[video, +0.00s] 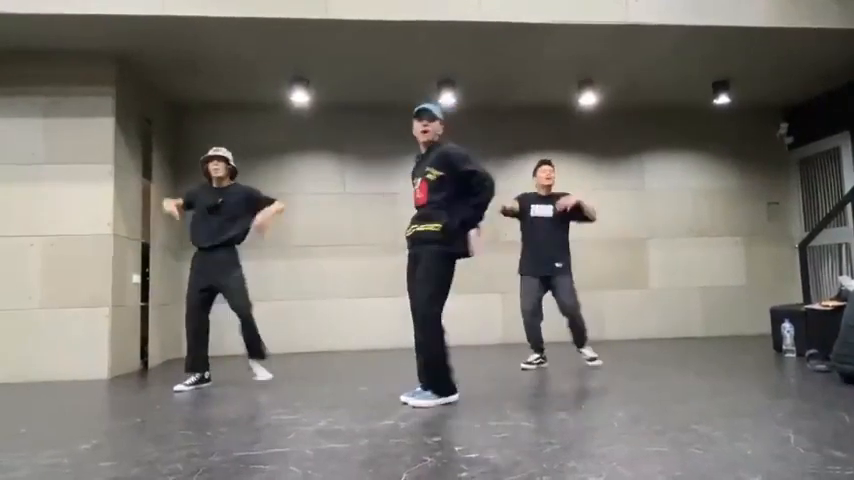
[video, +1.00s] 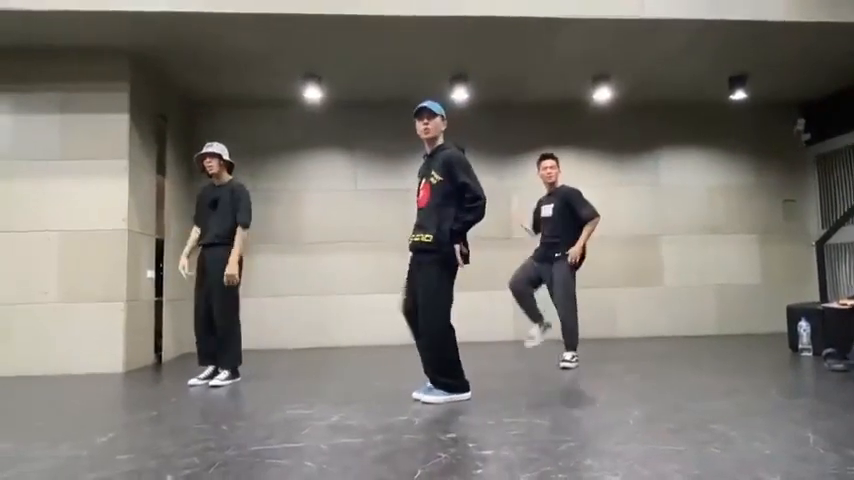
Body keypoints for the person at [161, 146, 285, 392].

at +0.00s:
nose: (215, 165)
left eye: (219, 162)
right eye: (211, 162)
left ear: (229, 167)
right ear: (206, 167)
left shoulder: (242, 192)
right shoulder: (200, 192)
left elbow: (278, 204)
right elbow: (172, 203)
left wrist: (266, 215)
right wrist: (170, 206)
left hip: (227, 260)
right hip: (201, 262)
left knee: (244, 310)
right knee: (195, 317)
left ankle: (256, 360)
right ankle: (199, 372)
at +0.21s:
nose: (204, 165)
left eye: (208, 161)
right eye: (201, 162)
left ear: (220, 165)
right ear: (199, 168)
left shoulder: (235, 194)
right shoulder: (204, 196)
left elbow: (251, 228)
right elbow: (208, 228)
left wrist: (240, 258)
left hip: (218, 255)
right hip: (198, 255)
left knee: (208, 314)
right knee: (193, 315)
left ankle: (220, 370)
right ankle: (201, 369)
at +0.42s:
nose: (203, 169)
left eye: (206, 164)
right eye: (200, 166)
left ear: (219, 166)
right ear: (199, 171)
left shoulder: (230, 195)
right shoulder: (209, 196)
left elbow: (236, 235)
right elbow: (206, 231)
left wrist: (228, 264)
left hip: (213, 255)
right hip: (196, 254)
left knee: (211, 314)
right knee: (194, 315)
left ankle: (223, 371)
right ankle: (204, 367)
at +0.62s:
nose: (204, 169)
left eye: (207, 164)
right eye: (201, 166)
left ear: (219, 166)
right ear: (200, 171)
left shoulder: (231, 194)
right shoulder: (210, 195)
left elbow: (235, 233)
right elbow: (211, 228)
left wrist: (233, 259)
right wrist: (228, 257)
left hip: (215, 254)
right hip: (198, 254)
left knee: (214, 314)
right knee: (197, 313)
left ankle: (225, 371)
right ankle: (206, 367)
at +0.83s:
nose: (205, 167)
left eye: (209, 162)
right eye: (203, 164)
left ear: (221, 164)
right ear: (202, 168)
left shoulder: (234, 193)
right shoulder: (209, 195)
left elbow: (240, 233)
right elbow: (202, 231)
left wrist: (237, 267)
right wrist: (190, 258)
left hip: (219, 256)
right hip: (202, 256)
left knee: (219, 313)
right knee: (200, 313)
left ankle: (227, 368)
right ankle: (208, 365)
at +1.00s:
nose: (207, 163)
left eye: (212, 159)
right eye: (205, 160)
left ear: (223, 161)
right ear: (203, 165)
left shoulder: (238, 190)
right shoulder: (205, 192)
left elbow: (242, 229)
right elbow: (198, 227)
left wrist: (233, 262)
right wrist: (185, 253)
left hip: (225, 254)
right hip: (206, 254)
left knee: (224, 311)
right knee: (204, 310)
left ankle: (229, 368)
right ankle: (210, 364)